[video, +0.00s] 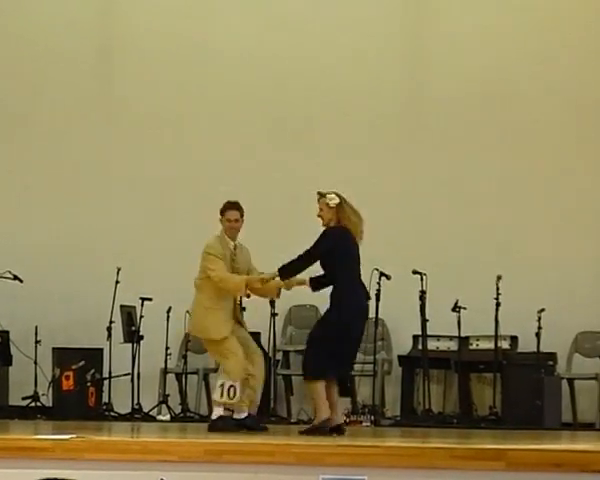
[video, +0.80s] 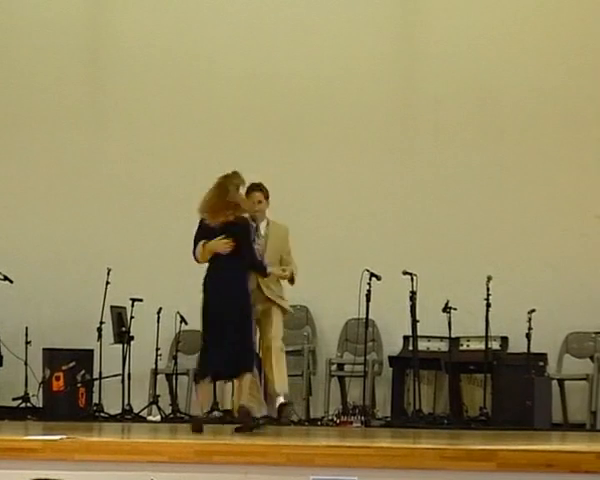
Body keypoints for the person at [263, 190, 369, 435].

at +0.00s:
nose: (319, 215)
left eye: (321, 210)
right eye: (319, 210)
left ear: (334, 209)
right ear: (336, 211)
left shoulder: (332, 234)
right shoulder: (347, 236)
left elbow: (306, 258)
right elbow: (334, 276)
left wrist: (275, 275)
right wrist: (299, 283)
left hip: (344, 302)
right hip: (357, 302)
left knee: (314, 352)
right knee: (332, 357)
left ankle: (322, 414)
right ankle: (335, 418)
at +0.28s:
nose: (311, 216)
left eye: (314, 212)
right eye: (311, 212)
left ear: (323, 214)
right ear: (329, 214)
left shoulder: (316, 238)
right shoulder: (339, 238)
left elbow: (290, 260)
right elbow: (324, 268)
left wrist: (268, 268)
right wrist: (296, 272)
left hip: (340, 304)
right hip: (356, 302)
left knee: (310, 351)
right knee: (337, 357)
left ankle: (316, 412)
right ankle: (346, 418)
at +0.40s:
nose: (289, 205)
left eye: (292, 201)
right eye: (291, 200)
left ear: (301, 203)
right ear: (311, 204)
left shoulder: (293, 227)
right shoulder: (319, 227)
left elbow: (268, 256)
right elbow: (309, 264)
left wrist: (246, 263)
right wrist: (285, 268)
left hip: (311, 293)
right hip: (329, 289)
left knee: (286, 348)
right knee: (325, 353)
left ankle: (277, 409)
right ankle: (344, 413)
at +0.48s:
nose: (273, 200)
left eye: (275, 197)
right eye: (275, 196)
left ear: (280, 199)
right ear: (298, 200)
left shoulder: (273, 223)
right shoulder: (303, 224)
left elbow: (249, 252)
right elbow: (298, 259)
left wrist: (237, 262)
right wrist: (276, 273)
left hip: (287, 288)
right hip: (307, 287)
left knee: (270, 349)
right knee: (310, 350)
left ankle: (250, 412)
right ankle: (335, 407)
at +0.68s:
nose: (232, 189)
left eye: (235, 185)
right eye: (235, 185)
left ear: (237, 189)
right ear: (260, 190)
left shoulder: (227, 218)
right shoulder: (268, 220)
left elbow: (197, 241)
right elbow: (277, 256)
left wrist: (208, 222)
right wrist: (285, 264)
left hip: (234, 291)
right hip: (261, 292)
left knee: (233, 348)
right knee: (262, 347)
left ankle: (231, 408)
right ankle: (264, 404)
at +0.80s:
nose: (247, 198)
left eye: (246, 193)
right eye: (244, 193)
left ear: (217, 192)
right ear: (237, 194)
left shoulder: (206, 221)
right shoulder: (241, 222)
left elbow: (198, 253)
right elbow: (249, 258)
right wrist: (268, 270)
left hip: (212, 284)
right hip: (236, 285)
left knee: (210, 346)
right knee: (244, 345)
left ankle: (198, 411)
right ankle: (242, 407)